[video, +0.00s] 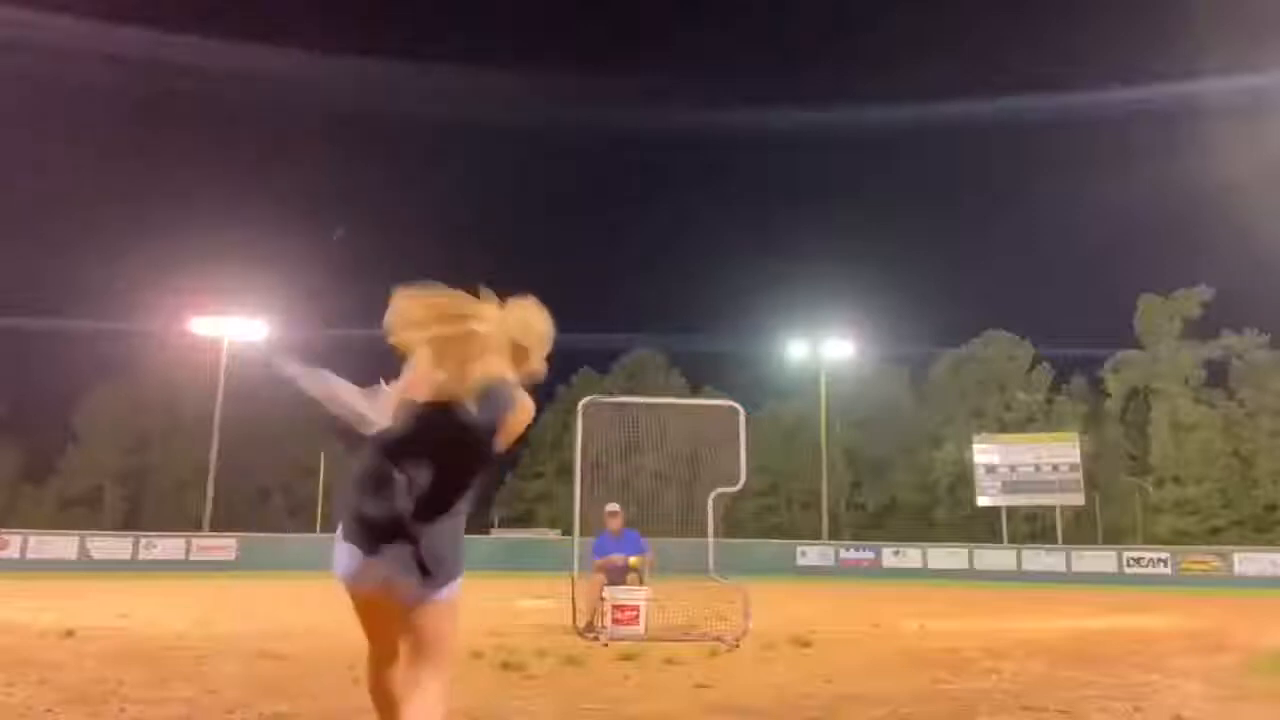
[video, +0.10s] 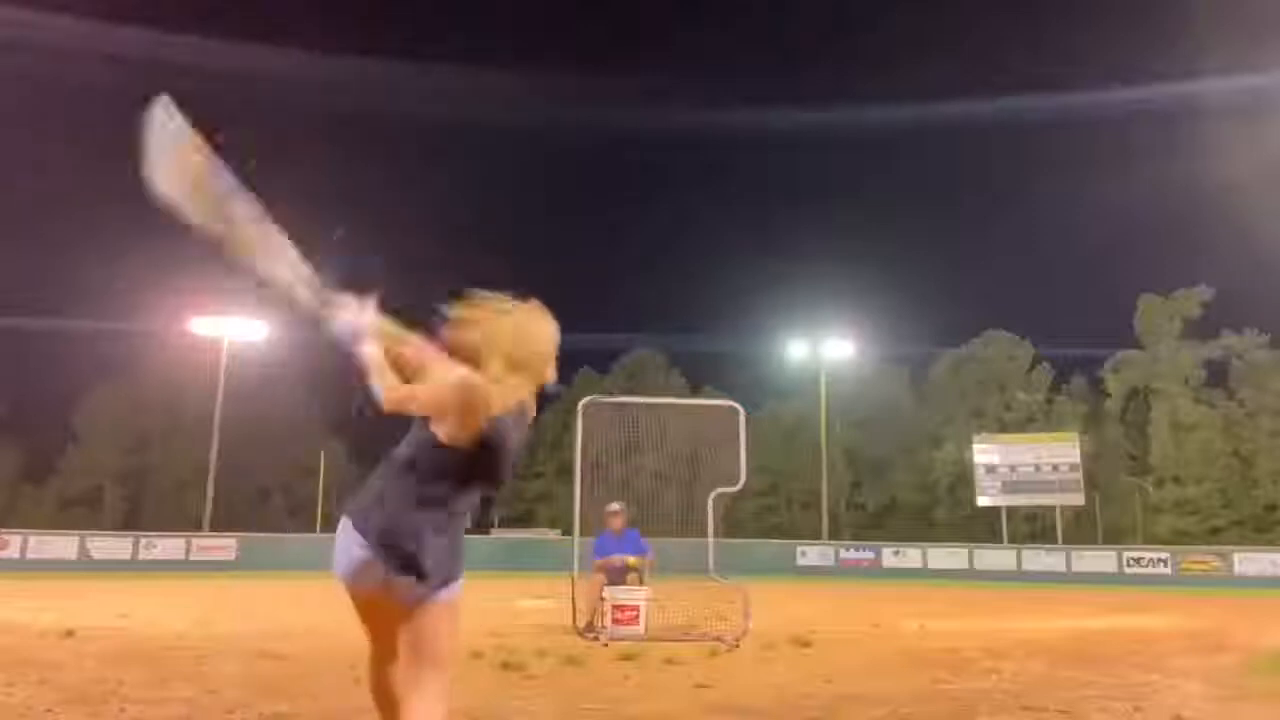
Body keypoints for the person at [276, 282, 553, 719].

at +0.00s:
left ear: (439, 336)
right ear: (505, 348)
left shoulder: (415, 378)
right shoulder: (509, 407)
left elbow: (374, 413)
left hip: (364, 535)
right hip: (434, 542)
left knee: (382, 653)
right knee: (430, 669)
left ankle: (393, 718)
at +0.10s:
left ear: (487, 343)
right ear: (533, 356)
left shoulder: (465, 387)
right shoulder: (521, 405)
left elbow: (390, 396)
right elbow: (426, 356)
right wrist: (372, 325)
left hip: (369, 532)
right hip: (435, 546)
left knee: (384, 653)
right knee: (428, 682)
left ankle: (393, 715)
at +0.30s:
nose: (480, 332)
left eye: (483, 323)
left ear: (483, 326)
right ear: (531, 338)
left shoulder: (462, 386)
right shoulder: (517, 390)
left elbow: (379, 321)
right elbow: (432, 333)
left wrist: (410, 259)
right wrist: (444, 283)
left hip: (368, 534)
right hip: (434, 550)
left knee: (387, 651)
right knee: (427, 682)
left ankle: (398, 719)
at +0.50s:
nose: (470, 326)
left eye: (475, 319)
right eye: (474, 321)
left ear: (480, 326)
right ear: (531, 339)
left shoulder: (460, 377)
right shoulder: (516, 398)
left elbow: (382, 358)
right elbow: (429, 345)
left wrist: (361, 298)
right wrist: (382, 288)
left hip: (378, 533)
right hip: (445, 555)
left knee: (389, 650)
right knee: (427, 689)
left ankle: (396, 718)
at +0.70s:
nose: (466, 319)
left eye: (470, 313)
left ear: (472, 319)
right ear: (525, 329)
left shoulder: (437, 360)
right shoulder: (525, 391)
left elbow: (379, 389)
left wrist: (319, 351)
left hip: (379, 532)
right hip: (449, 553)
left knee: (396, 651)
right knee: (435, 682)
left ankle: (401, 717)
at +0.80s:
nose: (512, 328)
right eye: (511, 319)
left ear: (454, 310)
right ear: (507, 327)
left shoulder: (409, 350)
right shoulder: (499, 387)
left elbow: (409, 443)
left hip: (367, 528)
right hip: (435, 546)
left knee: (397, 645)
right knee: (435, 679)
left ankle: (402, 716)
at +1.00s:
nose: (492, 310)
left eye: (490, 301)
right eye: (489, 301)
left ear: (432, 302)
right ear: (480, 308)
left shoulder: (412, 346)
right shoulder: (473, 363)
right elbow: (478, 454)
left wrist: (533, 463)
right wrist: (535, 493)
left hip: (357, 509)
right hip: (405, 519)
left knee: (403, 636)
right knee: (432, 646)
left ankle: (401, 714)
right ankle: (410, 712)